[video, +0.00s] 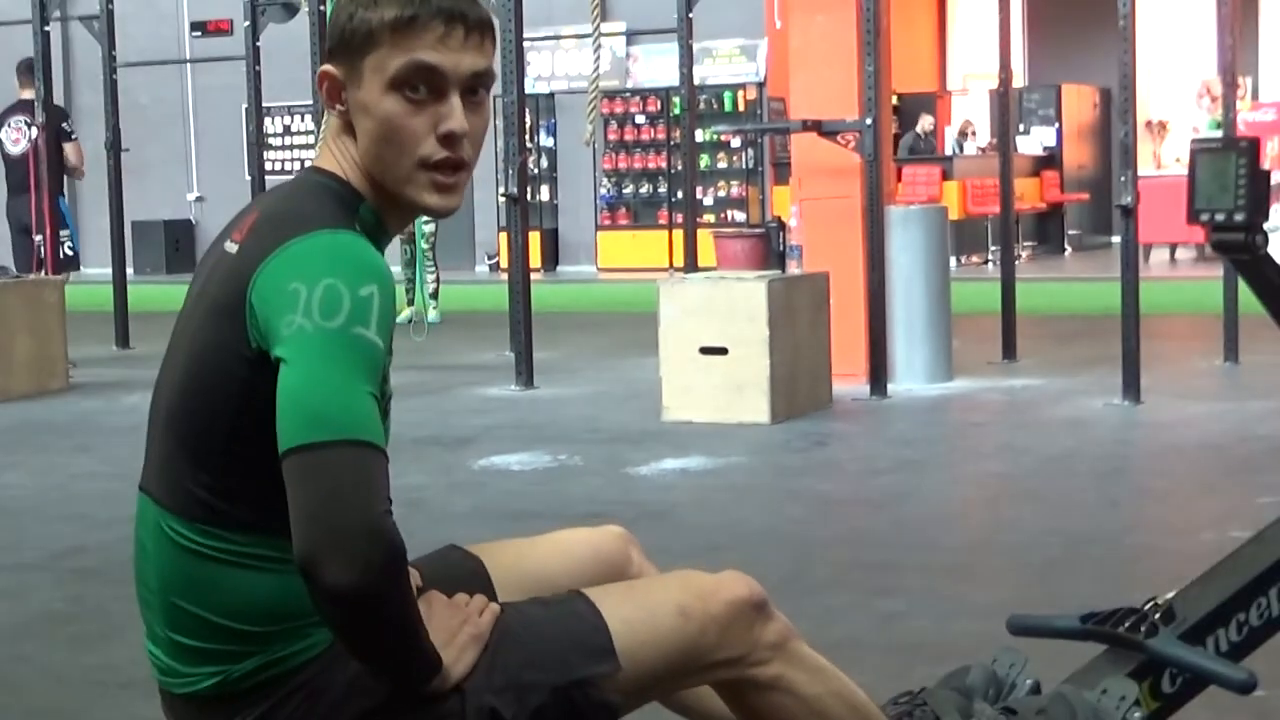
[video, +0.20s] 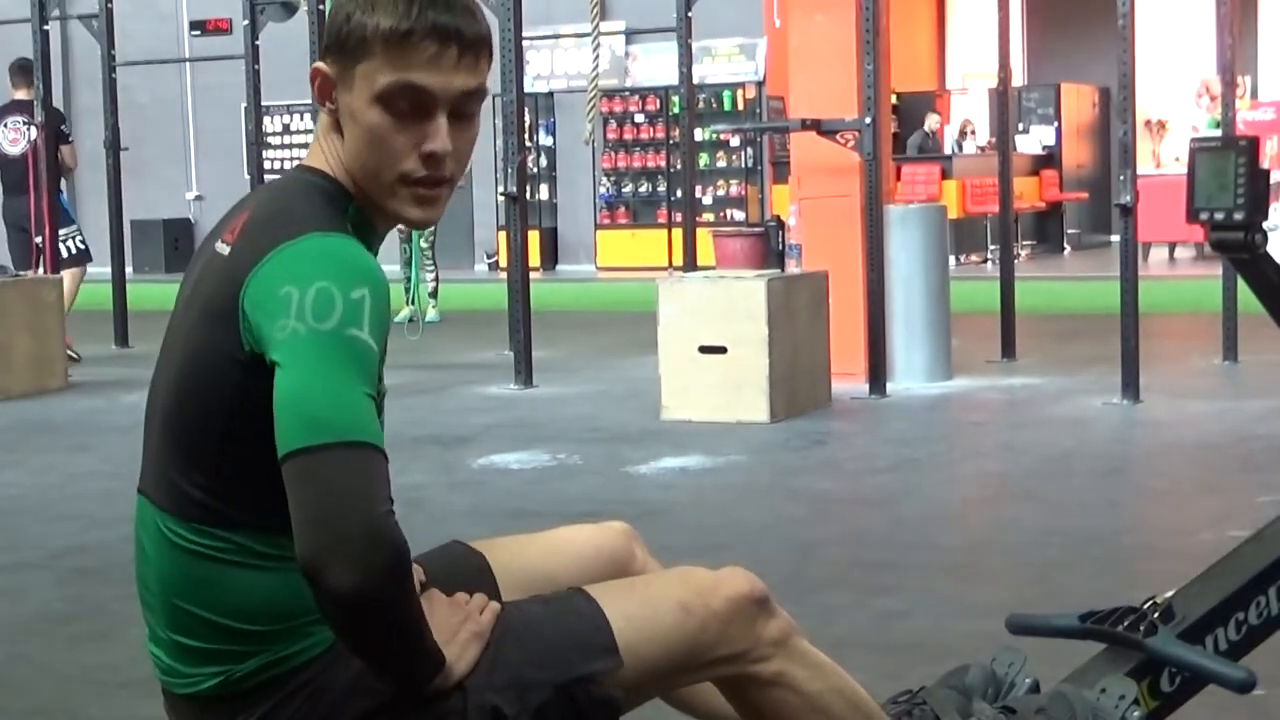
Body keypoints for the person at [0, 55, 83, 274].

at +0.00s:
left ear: (18, 80)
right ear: (44, 79)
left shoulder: (5, 117)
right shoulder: (55, 113)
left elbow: (13, 160)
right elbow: (75, 162)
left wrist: (66, 167)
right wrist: (62, 165)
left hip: (16, 201)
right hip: (47, 201)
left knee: (27, 276)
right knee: (59, 274)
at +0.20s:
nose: (21, 86)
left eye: (16, 81)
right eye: (29, 79)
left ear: (10, 82)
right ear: (36, 80)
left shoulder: (2, 114)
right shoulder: (51, 114)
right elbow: (70, 162)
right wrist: (54, 170)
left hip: (12, 205)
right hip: (46, 202)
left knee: (27, 272)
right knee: (76, 262)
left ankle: (38, 341)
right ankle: (55, 332)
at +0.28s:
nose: (25, 85)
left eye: (17, 81)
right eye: (30, 80)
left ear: (9, 83)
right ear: (34, 81)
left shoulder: (2, 114)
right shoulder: (50, 114)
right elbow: (68, 162)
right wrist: (51, 176)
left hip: (11, 205)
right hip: (46, 201)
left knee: (26, 272)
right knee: (77, 259)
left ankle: (35, 341)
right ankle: (63, 328)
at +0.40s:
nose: (29, 84)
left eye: (18, 80)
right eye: (33, 79)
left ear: (9, 82)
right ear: (35, 80)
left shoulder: (1, 115)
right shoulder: (51, 112)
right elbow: (68, 160)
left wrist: (22, 174)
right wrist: (47, 170)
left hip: (13, 205)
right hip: (49, 201)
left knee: (26, 275)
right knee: (74, 266)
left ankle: (32, 340)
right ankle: (74, 333)